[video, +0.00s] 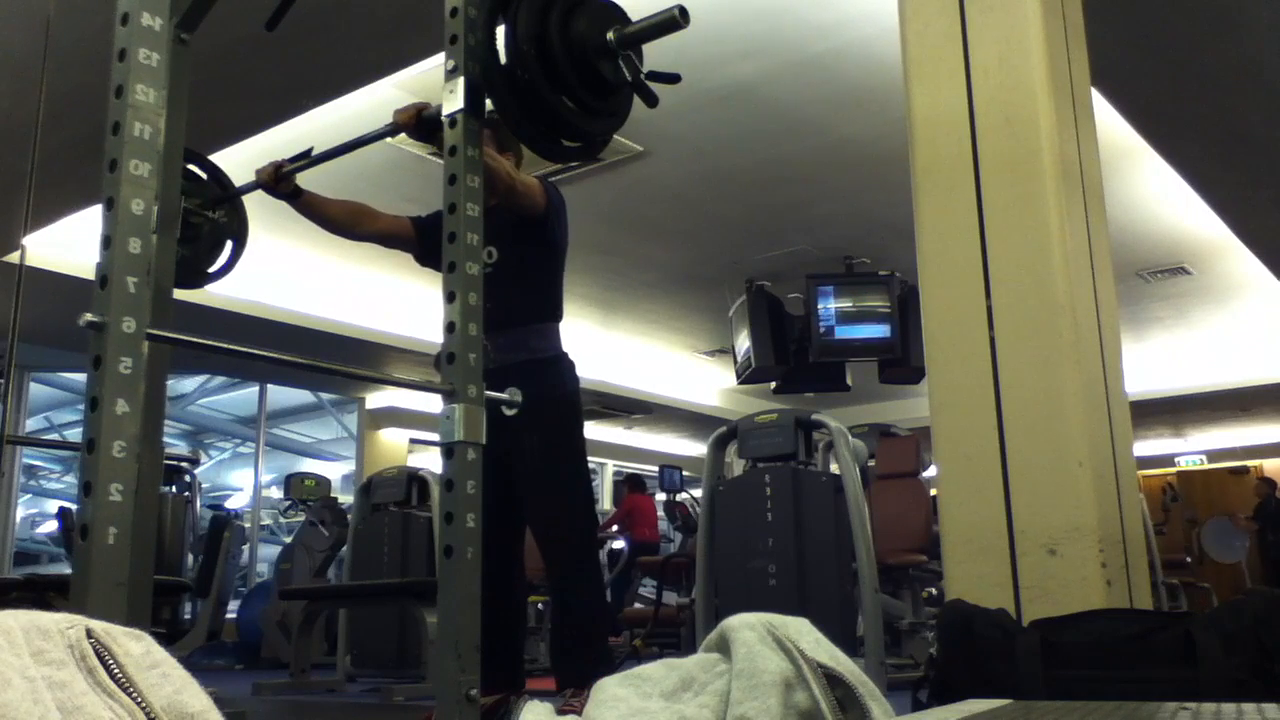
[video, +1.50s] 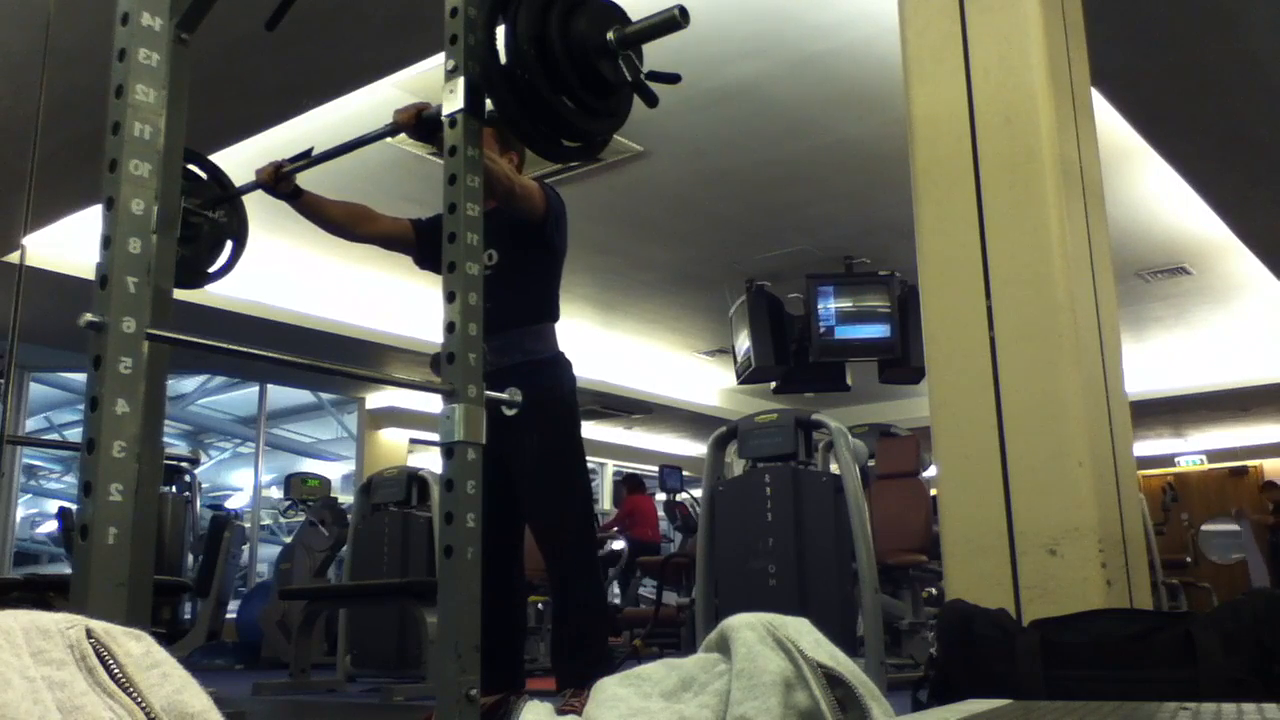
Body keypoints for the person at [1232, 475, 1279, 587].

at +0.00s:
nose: (1255, 487)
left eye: (1259, 485)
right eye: (1256, 484)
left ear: (1266, 489)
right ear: (1268, 489)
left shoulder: (1264, 505)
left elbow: (1255, 524)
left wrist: (1240, 522)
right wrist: (1244, 520)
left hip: (1268, 550)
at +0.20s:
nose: (1260, 489)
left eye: (1263, 486)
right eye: (1260, 486)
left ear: (1272, 488)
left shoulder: (1272, 502)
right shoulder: (1268, 501)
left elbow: (1262, 523)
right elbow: (1261, 519)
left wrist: (1244, 523)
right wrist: (1247, 519)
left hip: (1272, 544)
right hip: (1270, 543)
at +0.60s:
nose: (1268, 489)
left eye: (1271, 486)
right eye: (1268, 486)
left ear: (1277, 487)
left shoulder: (1277, 503)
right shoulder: (1274, 503)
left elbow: (1272, 520)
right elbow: (1270, 519)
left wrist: (1252, 519)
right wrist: (1252, 518)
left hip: (1275, 547)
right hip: (1272, 545)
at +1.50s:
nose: (1267, 497)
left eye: (1268, 493)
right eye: (1265, 494)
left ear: (1274, 492)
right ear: (1264, 494)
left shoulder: (1276, 506)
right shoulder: (1273, 506)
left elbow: (1272, 519)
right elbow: (1270, 519)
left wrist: (1250, 516)